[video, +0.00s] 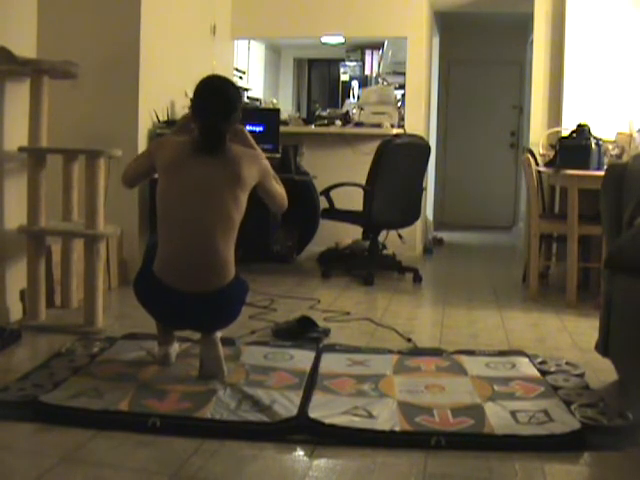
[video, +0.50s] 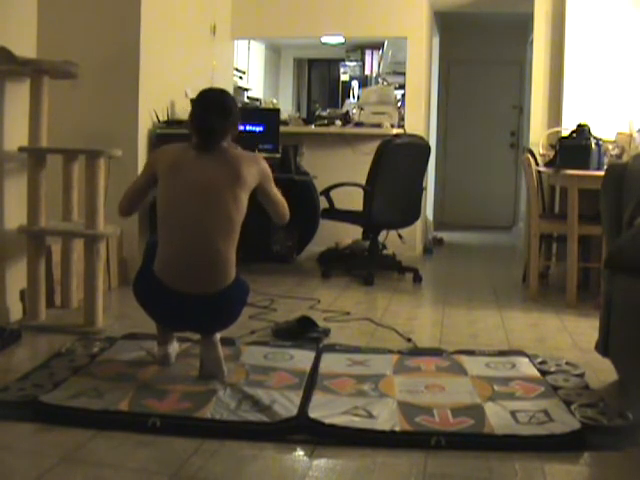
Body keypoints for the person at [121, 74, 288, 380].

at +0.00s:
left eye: (194, 104)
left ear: (193, 111)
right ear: (236, 117)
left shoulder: (166, 149)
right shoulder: (249, 160)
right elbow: (280, 203)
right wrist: (249, 143)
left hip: (165, 305)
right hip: (217, 308)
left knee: (155, 243)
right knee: (233, 279)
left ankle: (165, 345)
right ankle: (211, 339)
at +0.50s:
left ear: (191, 122)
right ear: (234, 128)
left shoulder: (164, 157)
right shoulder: (251, 165)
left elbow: (125, 208)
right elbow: (282, 216)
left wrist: (156, 181)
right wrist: (260, 175)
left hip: (165, 308)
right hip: (218, 311)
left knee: (155, 242)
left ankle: (165, 345)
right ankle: (211, 342)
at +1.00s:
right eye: (238, 125)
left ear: (192, 124)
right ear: (236, 130)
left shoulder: (166, 158)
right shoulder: (253, 165)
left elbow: (127, 209)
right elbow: (286, 217)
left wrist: (162, 185)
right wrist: (263, 183)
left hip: (165, 307)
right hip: (218, 311)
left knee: (156, 243)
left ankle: (165, 345)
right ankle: (211, 341)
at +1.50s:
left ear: (196, 125)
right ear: (238, 135)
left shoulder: (169, 156)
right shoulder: (256, 168)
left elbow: (124, 208)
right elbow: (276, 231)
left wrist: (167, 193)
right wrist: (247, 203)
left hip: (165, 308)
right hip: (216, 312)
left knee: (151, 236)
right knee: (237, 285)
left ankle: (163, 346)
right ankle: (209, 340)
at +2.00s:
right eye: (214, 121)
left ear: (174, 118)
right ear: (214, 128)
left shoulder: (143, 153)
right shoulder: (227, 162)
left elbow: (102, 183)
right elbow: (250, 228)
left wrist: (128, 155)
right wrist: (223, 191)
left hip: (142, 303)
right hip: (194, 305)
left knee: (128, 274)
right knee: (219, 279)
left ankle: (148, 341)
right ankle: (204, 336)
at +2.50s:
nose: (205, 134)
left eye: (206, 129)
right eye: (206, 128)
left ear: (159, 120)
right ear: (200, 125)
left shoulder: (129, 144)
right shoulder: (200, 152)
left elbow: (103, 161)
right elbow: (240, 223)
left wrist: (99, 143)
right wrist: (242, 207)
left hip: (124, 297)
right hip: (170, 295)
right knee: (231, 256)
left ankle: (143, 333)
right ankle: (200, 331)